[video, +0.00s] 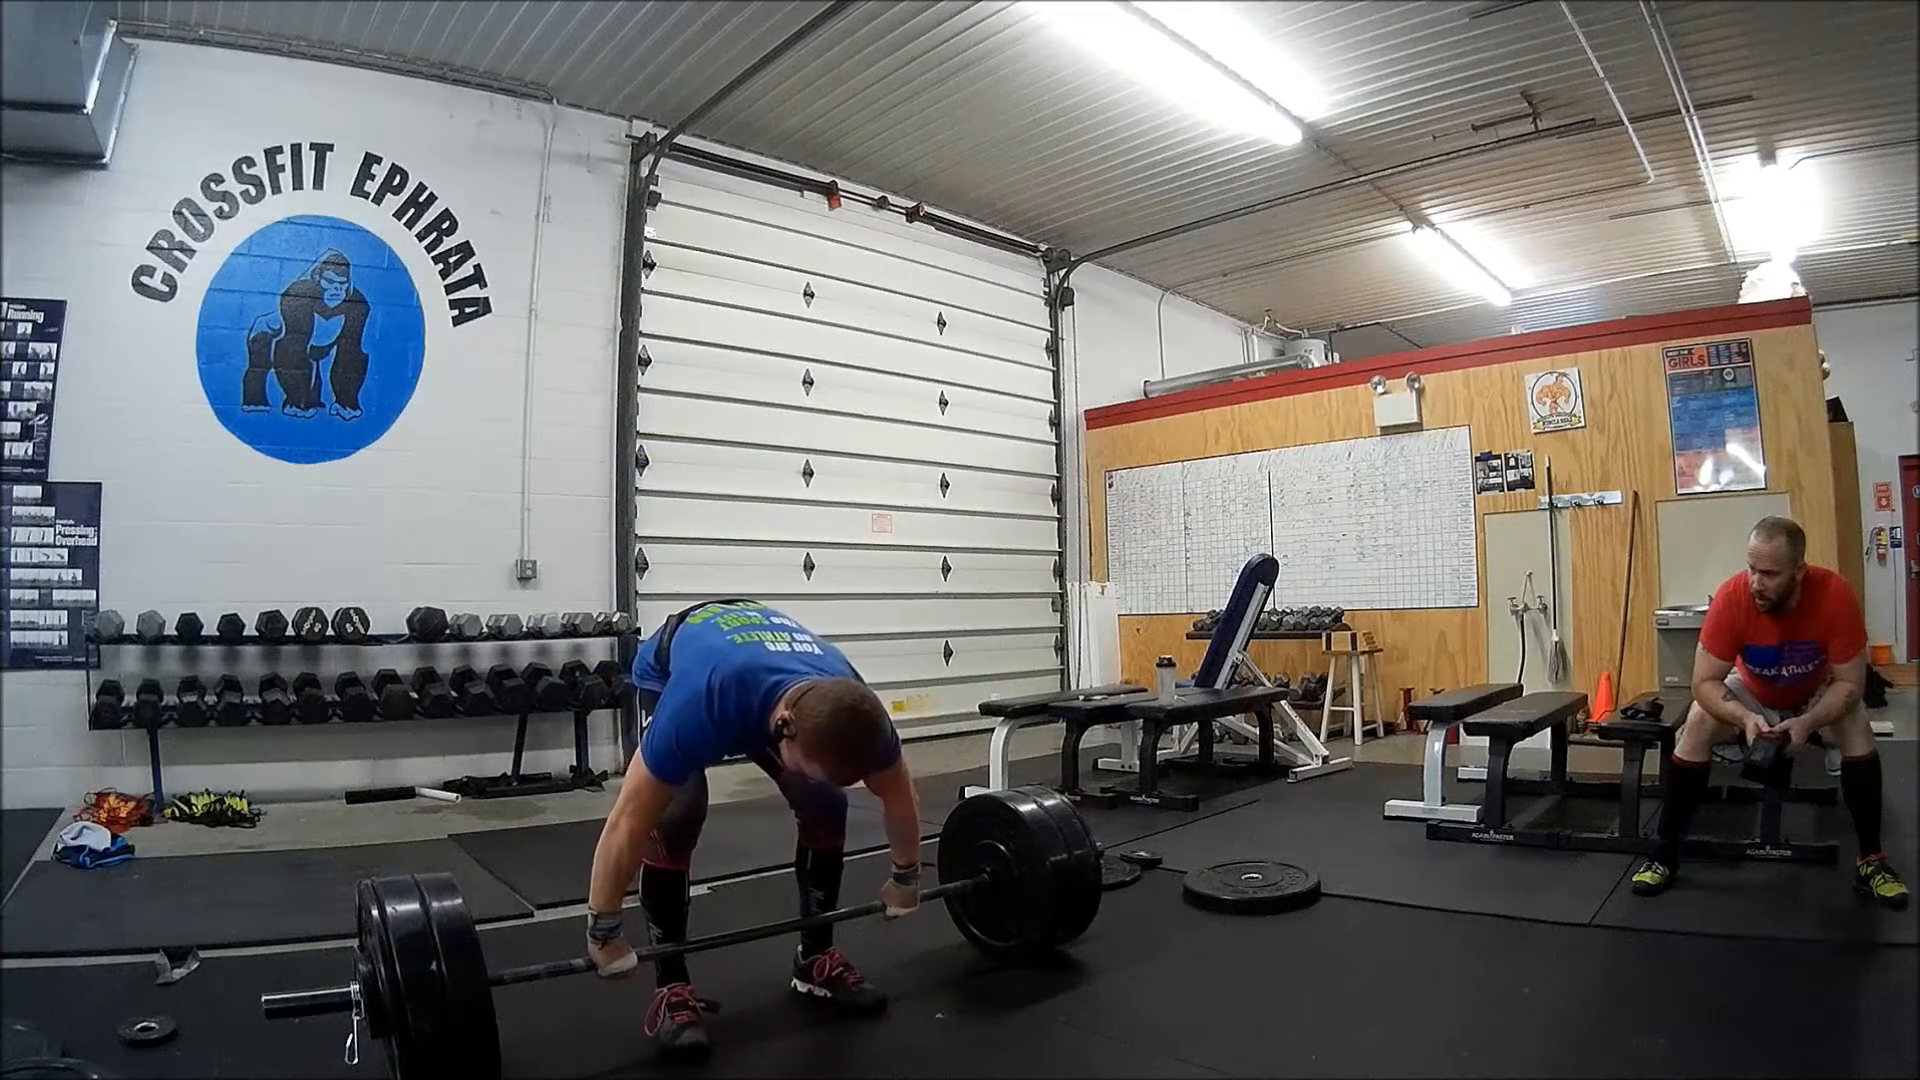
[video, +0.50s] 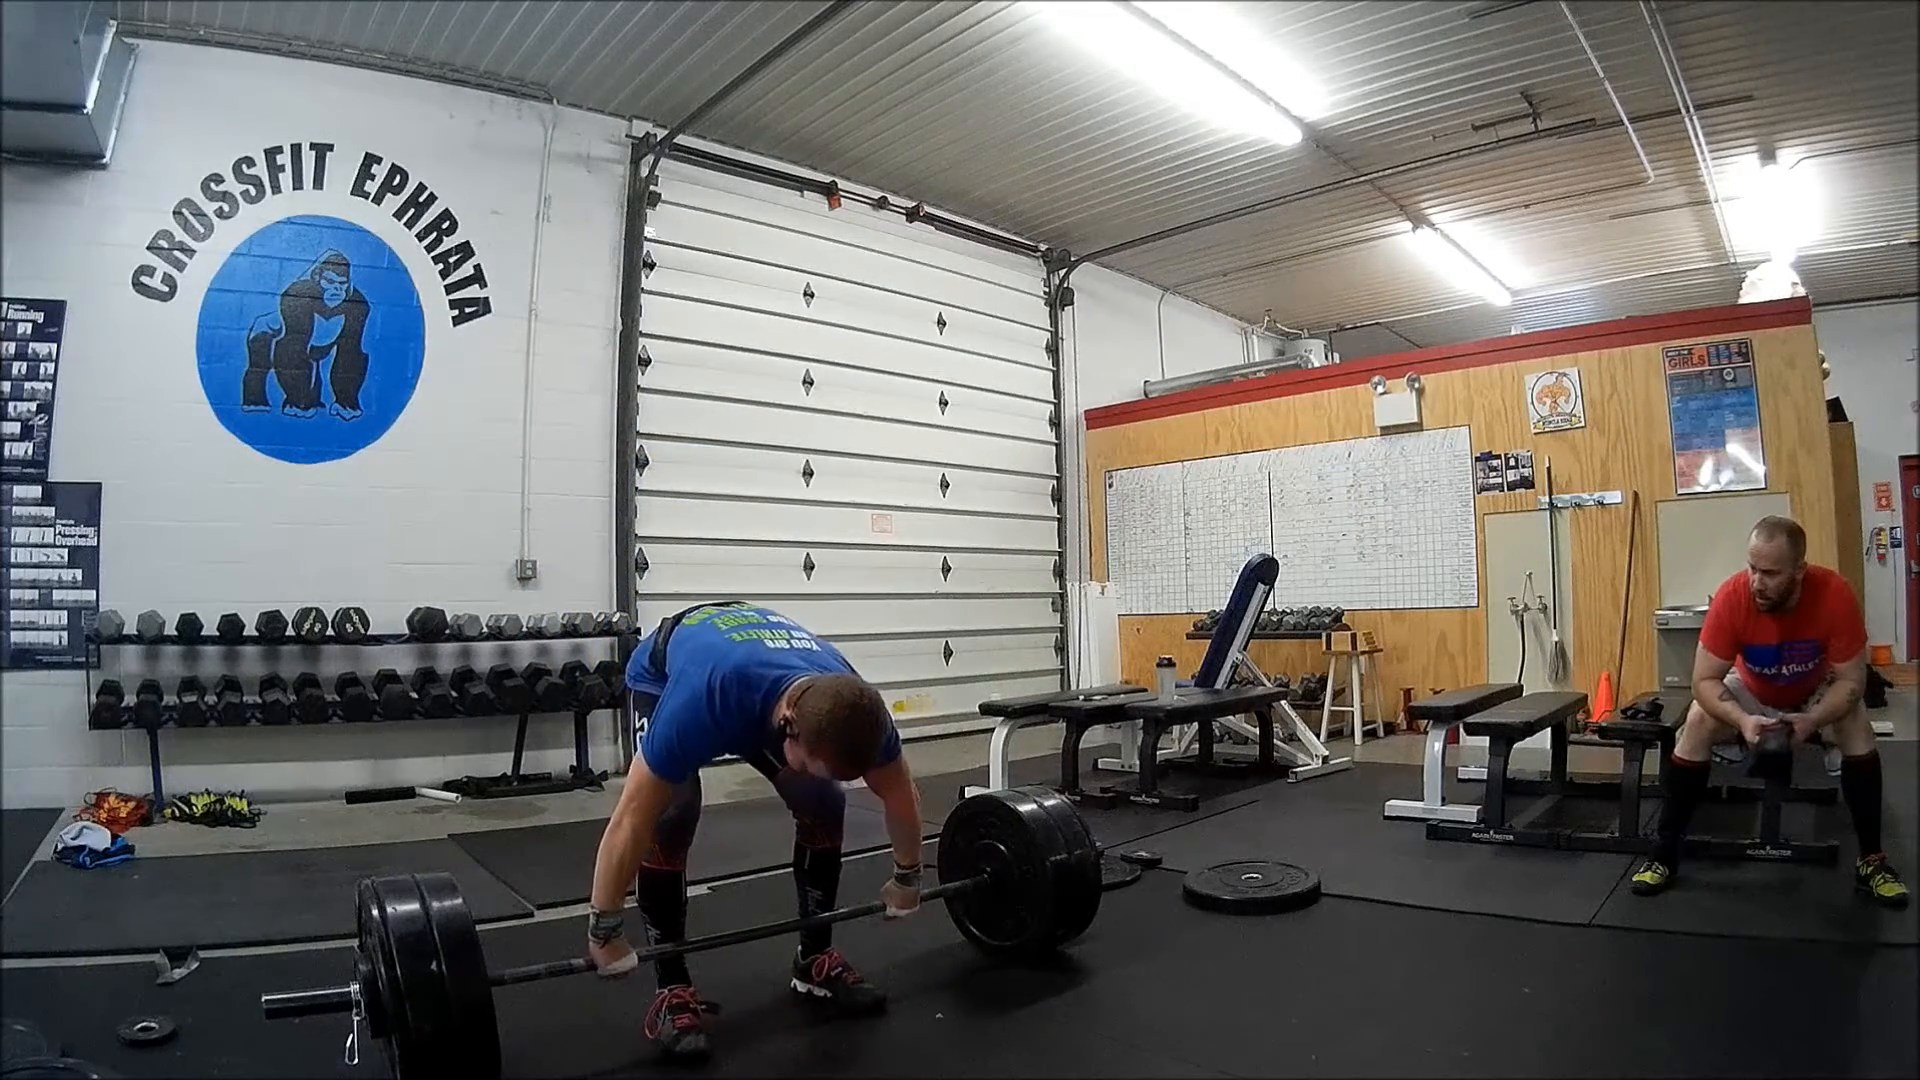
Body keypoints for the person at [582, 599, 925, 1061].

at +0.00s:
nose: (822, 789)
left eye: (838, 782)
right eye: (815, 776)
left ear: (866, 743)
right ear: (785, 726)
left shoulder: (865, 722)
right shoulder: (698, 707)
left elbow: (898, 794)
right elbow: (628, 818)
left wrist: (907, 877)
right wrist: (603, 932)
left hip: (772, 647)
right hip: (671, 667)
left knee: (827, 807)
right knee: (679, 816)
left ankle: (816, 959)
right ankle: (672, 989)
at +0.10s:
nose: (819, 791)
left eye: (835, 784)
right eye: (812, 778)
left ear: (864, 747)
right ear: (781, 727)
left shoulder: (868, 727)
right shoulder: (695, 709)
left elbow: (897, 796)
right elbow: (625, 820)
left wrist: (906, 877)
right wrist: (603, 933)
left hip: (767, 646)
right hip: (666, 668)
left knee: (825, 804)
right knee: (678, 815)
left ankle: (816, 959)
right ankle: (673, 991)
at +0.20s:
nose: (823, 793)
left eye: (838, 785)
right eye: (815, 780)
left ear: (865, 746)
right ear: (784, 731)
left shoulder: (868, 728)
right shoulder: (695, 708)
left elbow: (896, 794)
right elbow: (625, 819)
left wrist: (907, 876)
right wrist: (603, 932)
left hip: (767, 650)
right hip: (664, 669)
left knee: (825, 805)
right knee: (676, 815)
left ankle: (815, 958)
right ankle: (673, 992)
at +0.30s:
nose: (824, 789)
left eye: (839, 783)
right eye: (819, 776)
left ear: (868, 739)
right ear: (788, 731)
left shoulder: (867, 723)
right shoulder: (699, 707)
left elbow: (898, 795)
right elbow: (626, 819)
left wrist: (908, 876)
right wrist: (603, 932)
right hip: (663, 670)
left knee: (824, 805)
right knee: (675, 816)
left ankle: (815, 958)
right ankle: (673, 992)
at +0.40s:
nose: (821, 787)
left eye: (837, 781)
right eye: (818, 774)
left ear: (870, 733)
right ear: (790, 730)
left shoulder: (867, 722)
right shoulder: (701, 705)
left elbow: (899, 793)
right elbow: (629, 816)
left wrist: (908, 876)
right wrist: (603, 930)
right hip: (663, 675)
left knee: (824, 804)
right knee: (676, 812)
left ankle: (815, 959)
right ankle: (673, 992)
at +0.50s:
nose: (817, 779)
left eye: (833, 774)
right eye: (815, 767)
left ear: (868, 733)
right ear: (790, 723)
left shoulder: (863, 718)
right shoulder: (700, 705)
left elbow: (899, 793)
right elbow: (631, 816)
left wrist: (909, 877)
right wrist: (603, 930)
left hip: (762, 659)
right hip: (662, 674)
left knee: (824, 803)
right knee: (675, 813)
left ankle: (816, 958)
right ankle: (673, 991)